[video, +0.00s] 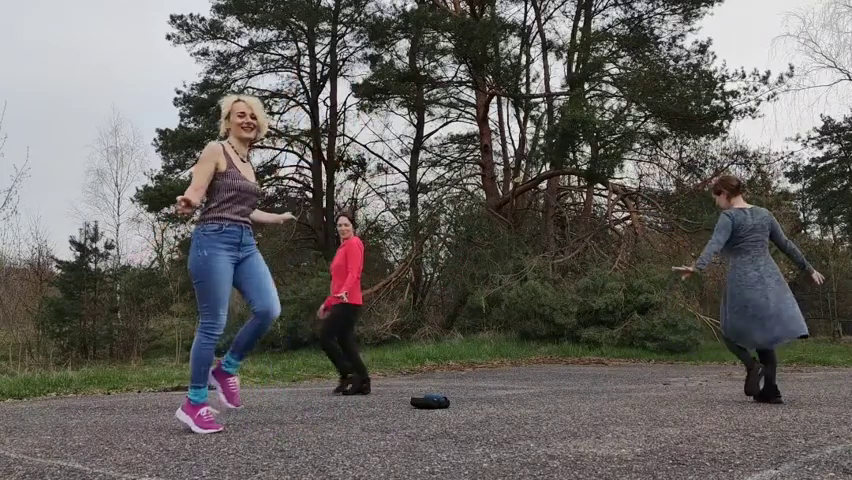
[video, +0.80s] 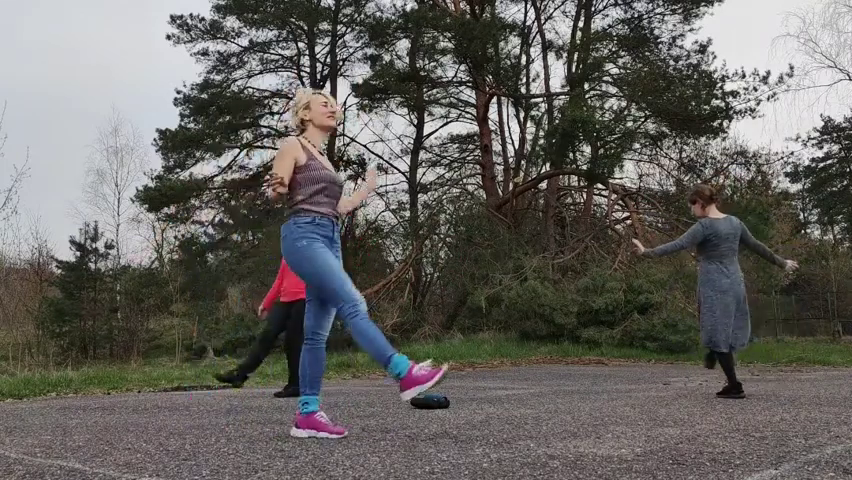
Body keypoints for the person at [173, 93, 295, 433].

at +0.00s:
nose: (247, 119)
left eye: (252, 116)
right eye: (240, 115)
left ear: (259, 124)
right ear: (228, 122)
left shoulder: (247, 164)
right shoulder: (216, 150)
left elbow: (244, 210)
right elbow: (197, 188)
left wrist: (278, 217)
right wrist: (188, 203)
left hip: (245, 243)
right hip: (213, 241)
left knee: (268, 310)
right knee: (212, 325)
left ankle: (225, 369)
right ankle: (195, 402)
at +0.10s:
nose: (251, 118)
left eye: (256, 114)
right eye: (244, 114)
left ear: (263, 123)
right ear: (231, 121)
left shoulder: (252, 161)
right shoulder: (220, 148)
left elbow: (249, 210)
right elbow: (206, 191)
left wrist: (282, 214)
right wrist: (208, 199)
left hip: (252, 242)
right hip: (219, 242)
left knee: (278, 305)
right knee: (217, 323)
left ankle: (251, 383)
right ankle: (198, 401)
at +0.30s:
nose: (266, 124)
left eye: (270, 120)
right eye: (258, 120)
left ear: (276, 129)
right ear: (245, 128)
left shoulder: (271, 169)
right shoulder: (235, 157)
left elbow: (273, 217)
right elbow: (230, 207)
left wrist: (293, 203)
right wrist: (242, 191)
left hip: (272, 254)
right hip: (237, 251)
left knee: (281, 334)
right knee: (227, 332)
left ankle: (299, 408)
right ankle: (198, 403)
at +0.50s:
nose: (293, 114)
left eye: (297, 110)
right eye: (284, 110)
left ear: (304, 120)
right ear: (270, 122)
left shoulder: (303, 161)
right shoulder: (264, 151)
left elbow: (296, 210)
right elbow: (252, 198)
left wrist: (313, 216)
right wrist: (263, 171)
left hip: (305, 247)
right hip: (269, 243)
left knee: (304, 334)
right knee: (272, 331)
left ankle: (306, 414)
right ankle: (223, 389)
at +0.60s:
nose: (304, 110)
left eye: (308, 106)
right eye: (296, 107)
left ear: (315, 118)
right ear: (282, 119)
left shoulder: (311, 163)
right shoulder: (274, 147)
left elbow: (314, 213)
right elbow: (261, 196)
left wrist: (331, 202)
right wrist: (269, 182)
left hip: (316, 242)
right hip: (282, 238)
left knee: (312, 330)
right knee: (302, 326)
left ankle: (307, 413)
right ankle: (263, 403)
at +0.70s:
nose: (317, 112)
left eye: (321, 108)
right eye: (309, 107)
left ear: (325, 117)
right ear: (292, 116)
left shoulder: (317, 159)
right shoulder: (284, 147)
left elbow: (320, 213)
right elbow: (270, 193)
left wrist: (345, 205)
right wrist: (275, 196)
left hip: (324, 239)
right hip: (294, 236)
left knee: (311, 327)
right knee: (326, 318)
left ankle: (307, 414)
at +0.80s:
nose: (331, 108)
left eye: (333, 104)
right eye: (323, 104)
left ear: (335, 115)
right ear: (305, 114)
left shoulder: (325, 161)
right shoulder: (293, 145)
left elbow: (338, 207)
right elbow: (278, 190)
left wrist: (366, 188)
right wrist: (277, 191)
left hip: (330, 239)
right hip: (303, 235)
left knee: (316, 332)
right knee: (351, 304)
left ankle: (307, 413)